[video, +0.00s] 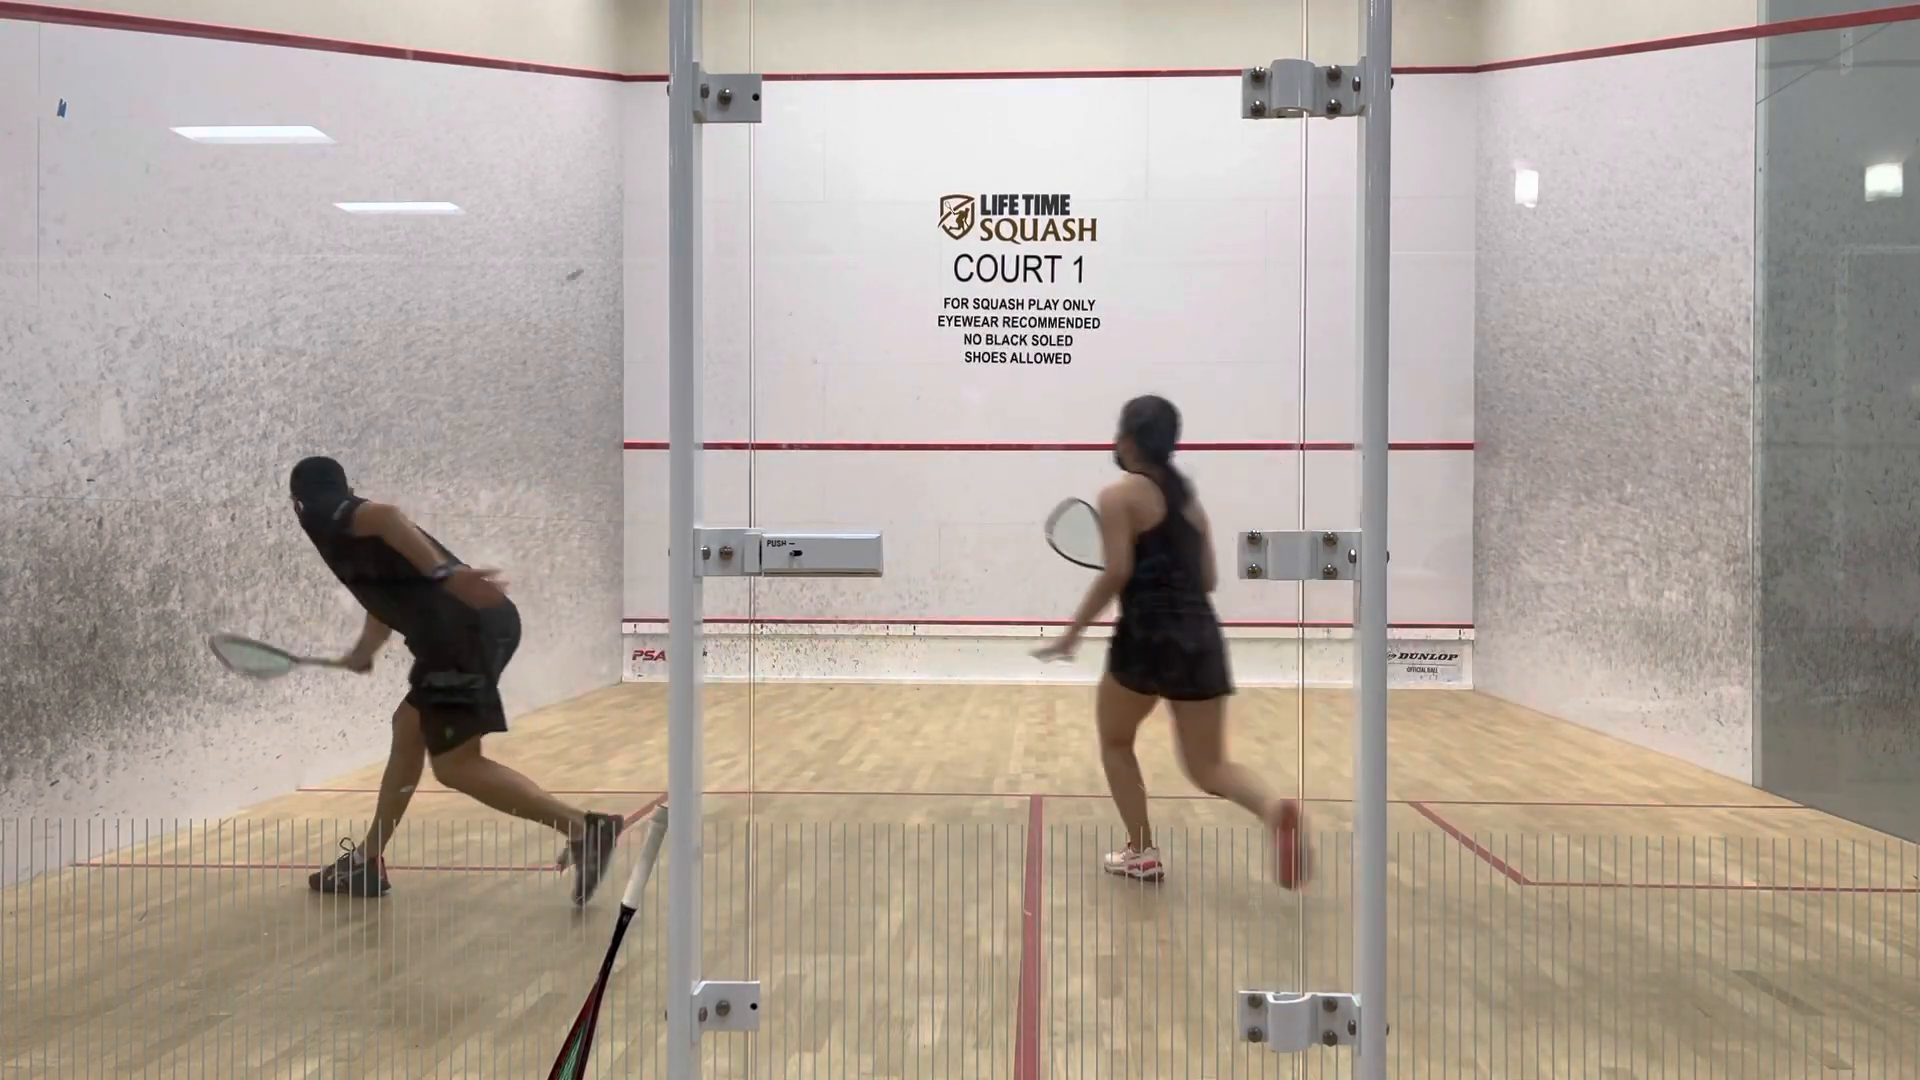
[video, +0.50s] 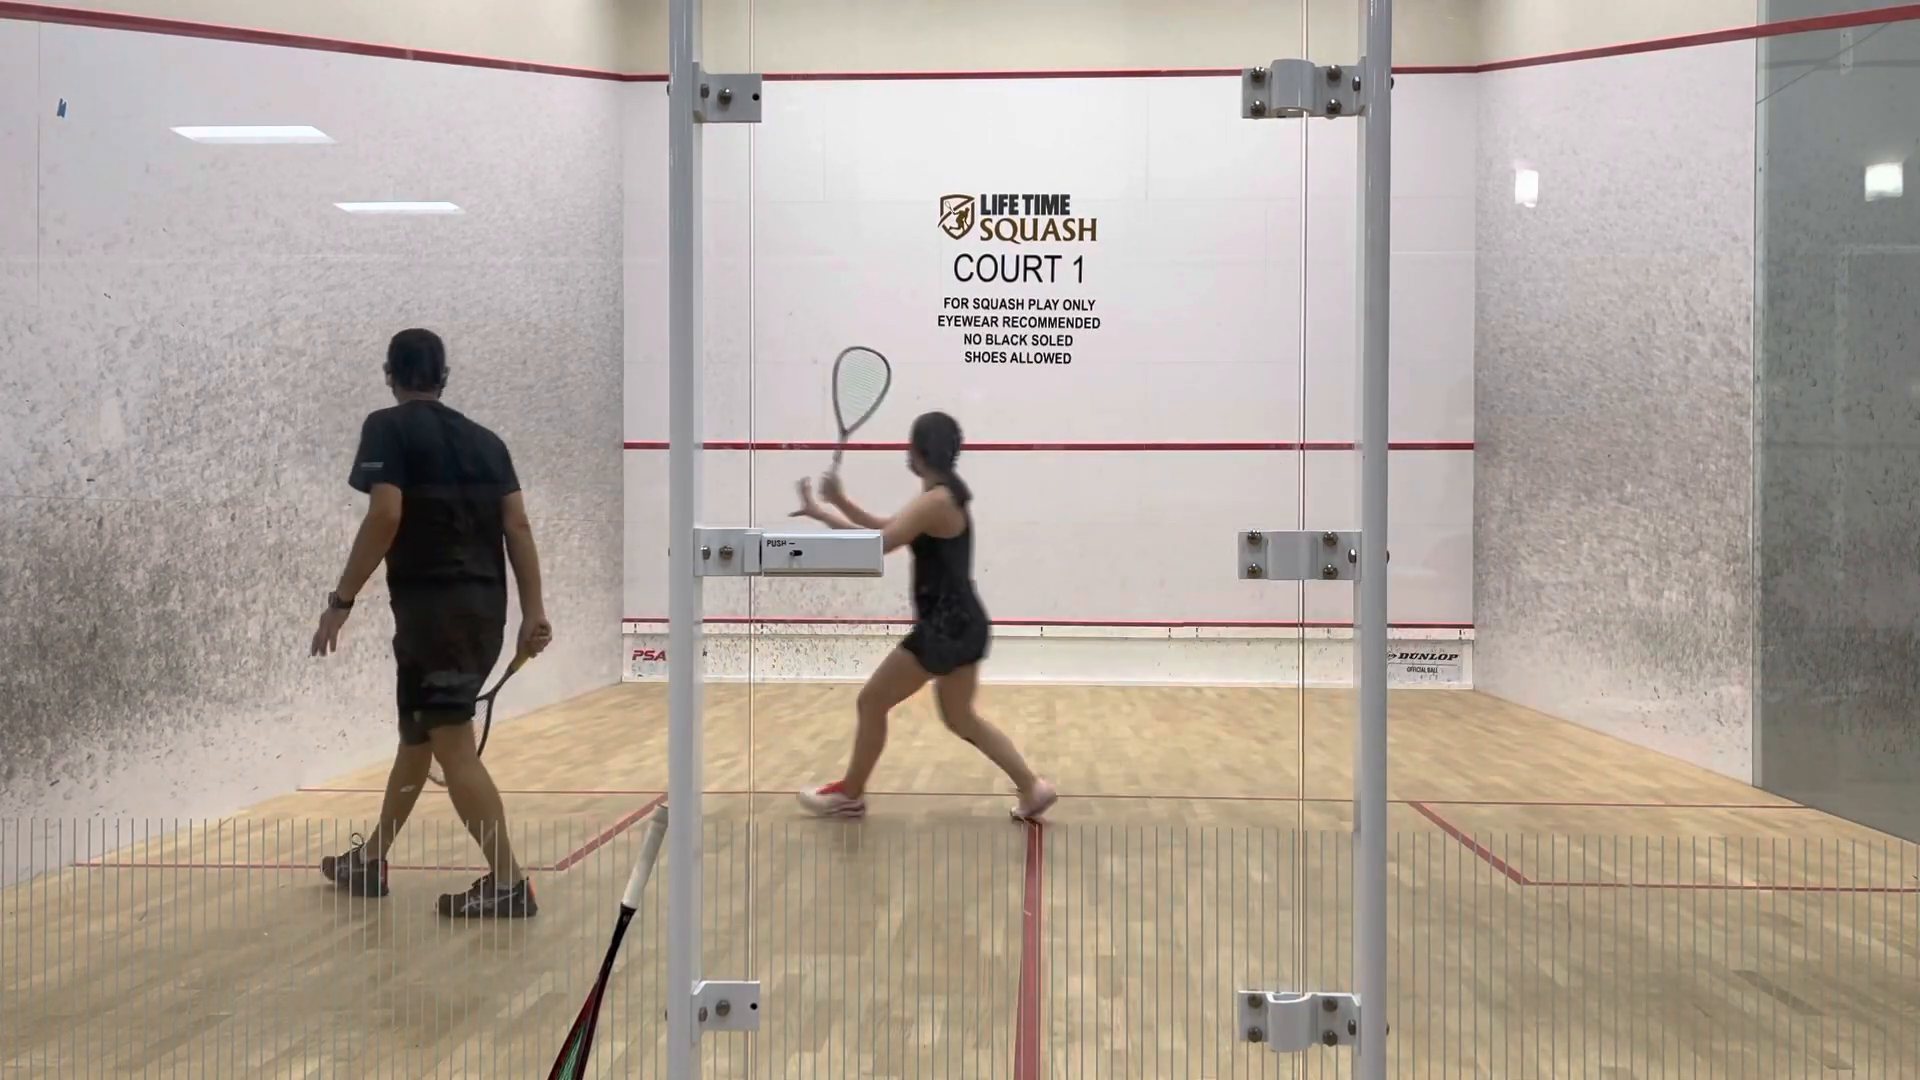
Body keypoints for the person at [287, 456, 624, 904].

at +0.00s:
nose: (295, 507)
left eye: (295, 500)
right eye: (295, 501)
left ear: (301, 500)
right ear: (341, 489)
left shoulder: (328, 515)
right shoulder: (355, 529)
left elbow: (387, 517)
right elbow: (387, 593)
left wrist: (446, 573)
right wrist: (365, 649)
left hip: (461, 631)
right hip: (477, 623)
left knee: (456, 766)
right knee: (408, 724)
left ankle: (583, 827)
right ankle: (368, 859)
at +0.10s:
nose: (296, 479)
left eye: (297, 472)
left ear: (301, 471)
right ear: (348, 465)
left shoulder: (314, 492)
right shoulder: (371, 497)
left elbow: (365, 516)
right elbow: (415, 587)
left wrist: (401, 593)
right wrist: (398, 676)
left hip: (448, 619)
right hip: (478, 610)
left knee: (425, 755)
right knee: (401, 725)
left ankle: (556, 823)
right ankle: (368, 856)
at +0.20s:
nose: (310, 449)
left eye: (310, 441)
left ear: (315, 442)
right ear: (363, 442)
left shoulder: (324, 468)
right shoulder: (385, 474)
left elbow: (360, 511)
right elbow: (420, 542)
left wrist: (368, 601)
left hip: (431, 612)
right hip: (471, 605)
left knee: (410, 751)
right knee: (400, 743)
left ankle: (529, 827)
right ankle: (366, 857)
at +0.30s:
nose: (337, 421)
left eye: (335, 413)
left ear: (339, 413)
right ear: (388, 412)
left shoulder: (343, 448)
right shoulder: (425, 462)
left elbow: (367, 506)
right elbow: (454, 552)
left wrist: (355, 604)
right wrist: (476, 643)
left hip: (425, 616)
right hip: (471, 611)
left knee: (408, 752)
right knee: (400, 744)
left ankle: (505, 847)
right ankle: (366, 858)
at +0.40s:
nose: (361, 394)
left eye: (361, 386)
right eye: (368, 387)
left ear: (367, 388)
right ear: (416, 388)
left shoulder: (367, 432)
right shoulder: (460, 445)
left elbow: (375, 511)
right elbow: (493, 532)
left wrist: (347, 604)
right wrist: (511, 617)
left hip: (420, 612)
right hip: (479, 609)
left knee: (432, 746)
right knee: (410, 733)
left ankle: (503, 875)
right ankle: (367, 857)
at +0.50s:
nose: (398, 383)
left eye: (394, 375)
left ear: (392, 377)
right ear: (444, 378)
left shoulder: (388, 426)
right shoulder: (487, 441)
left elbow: (385, 514)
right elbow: (518, 528)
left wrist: (340, 600)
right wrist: (535, 612)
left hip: (428, 615)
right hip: (486, 614)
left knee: (455, 749)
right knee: (418, 737)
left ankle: (508, 883)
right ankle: (373, 857)